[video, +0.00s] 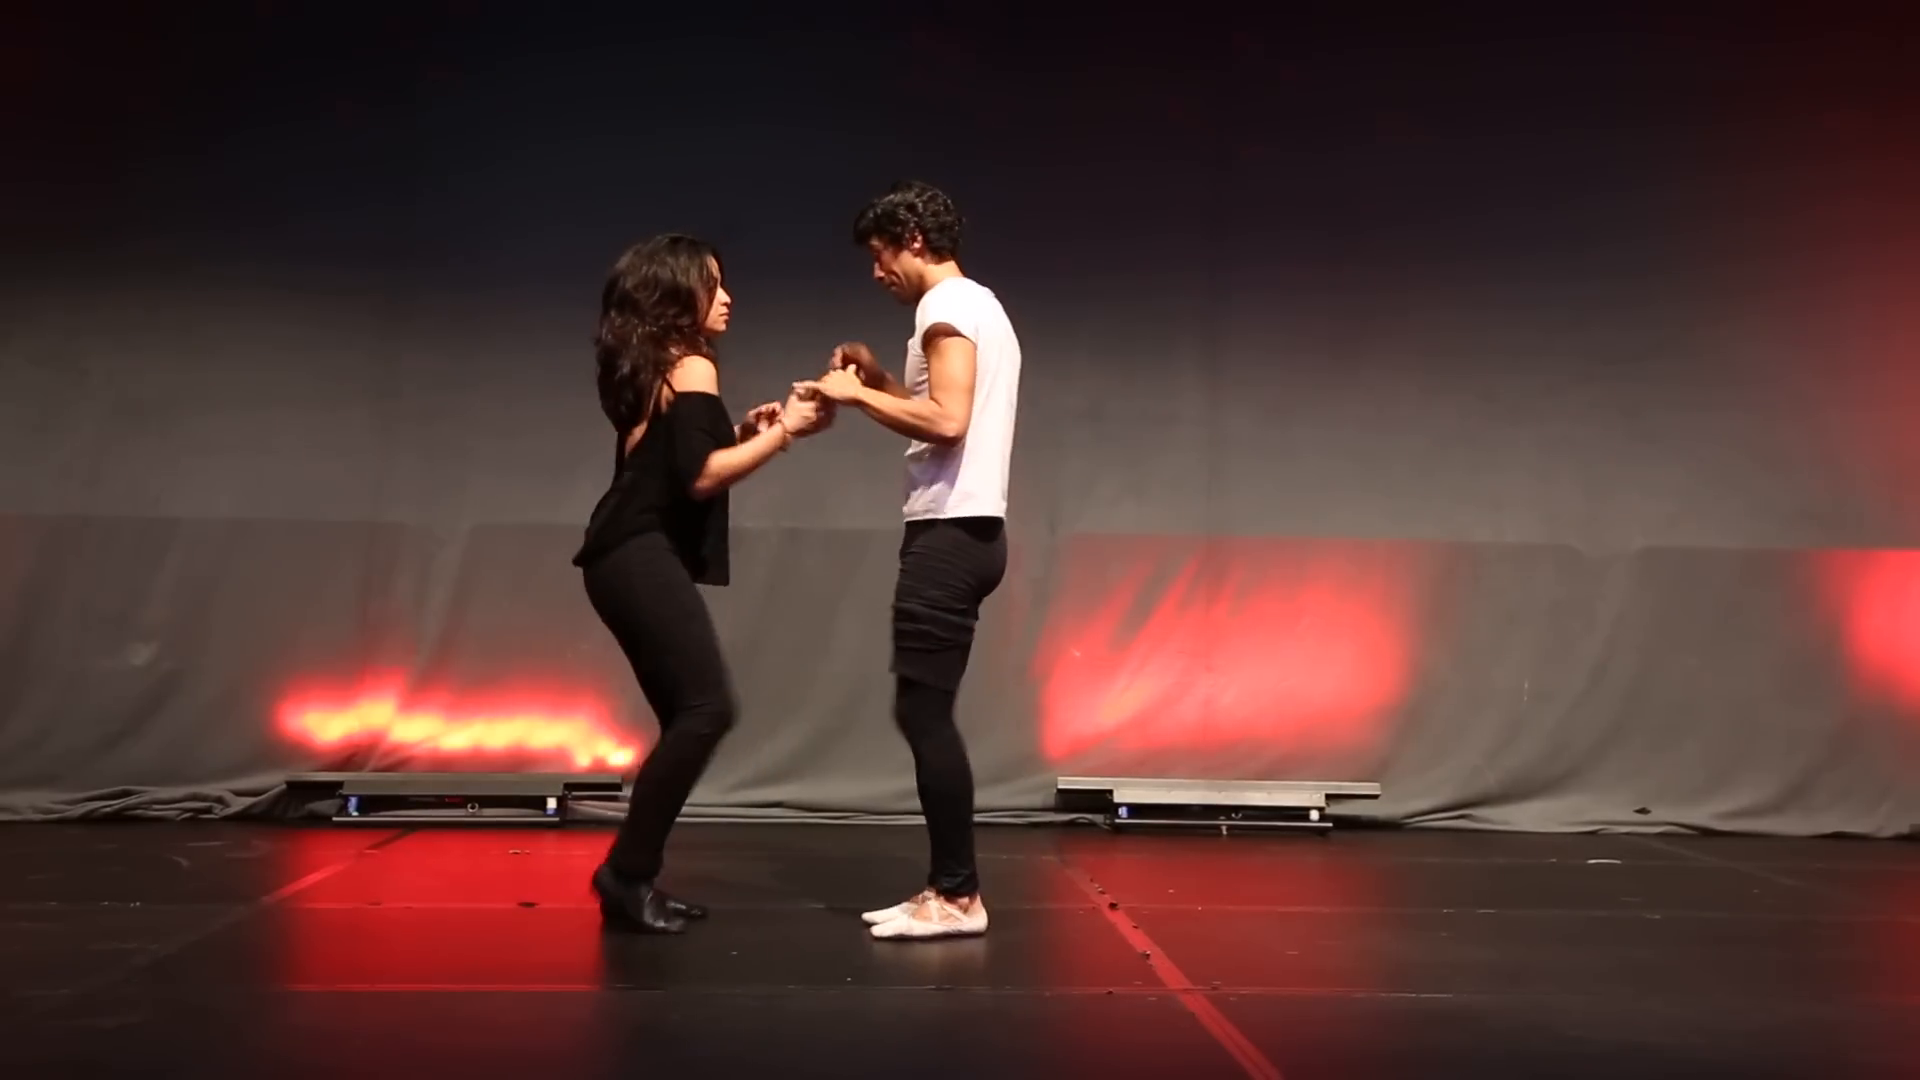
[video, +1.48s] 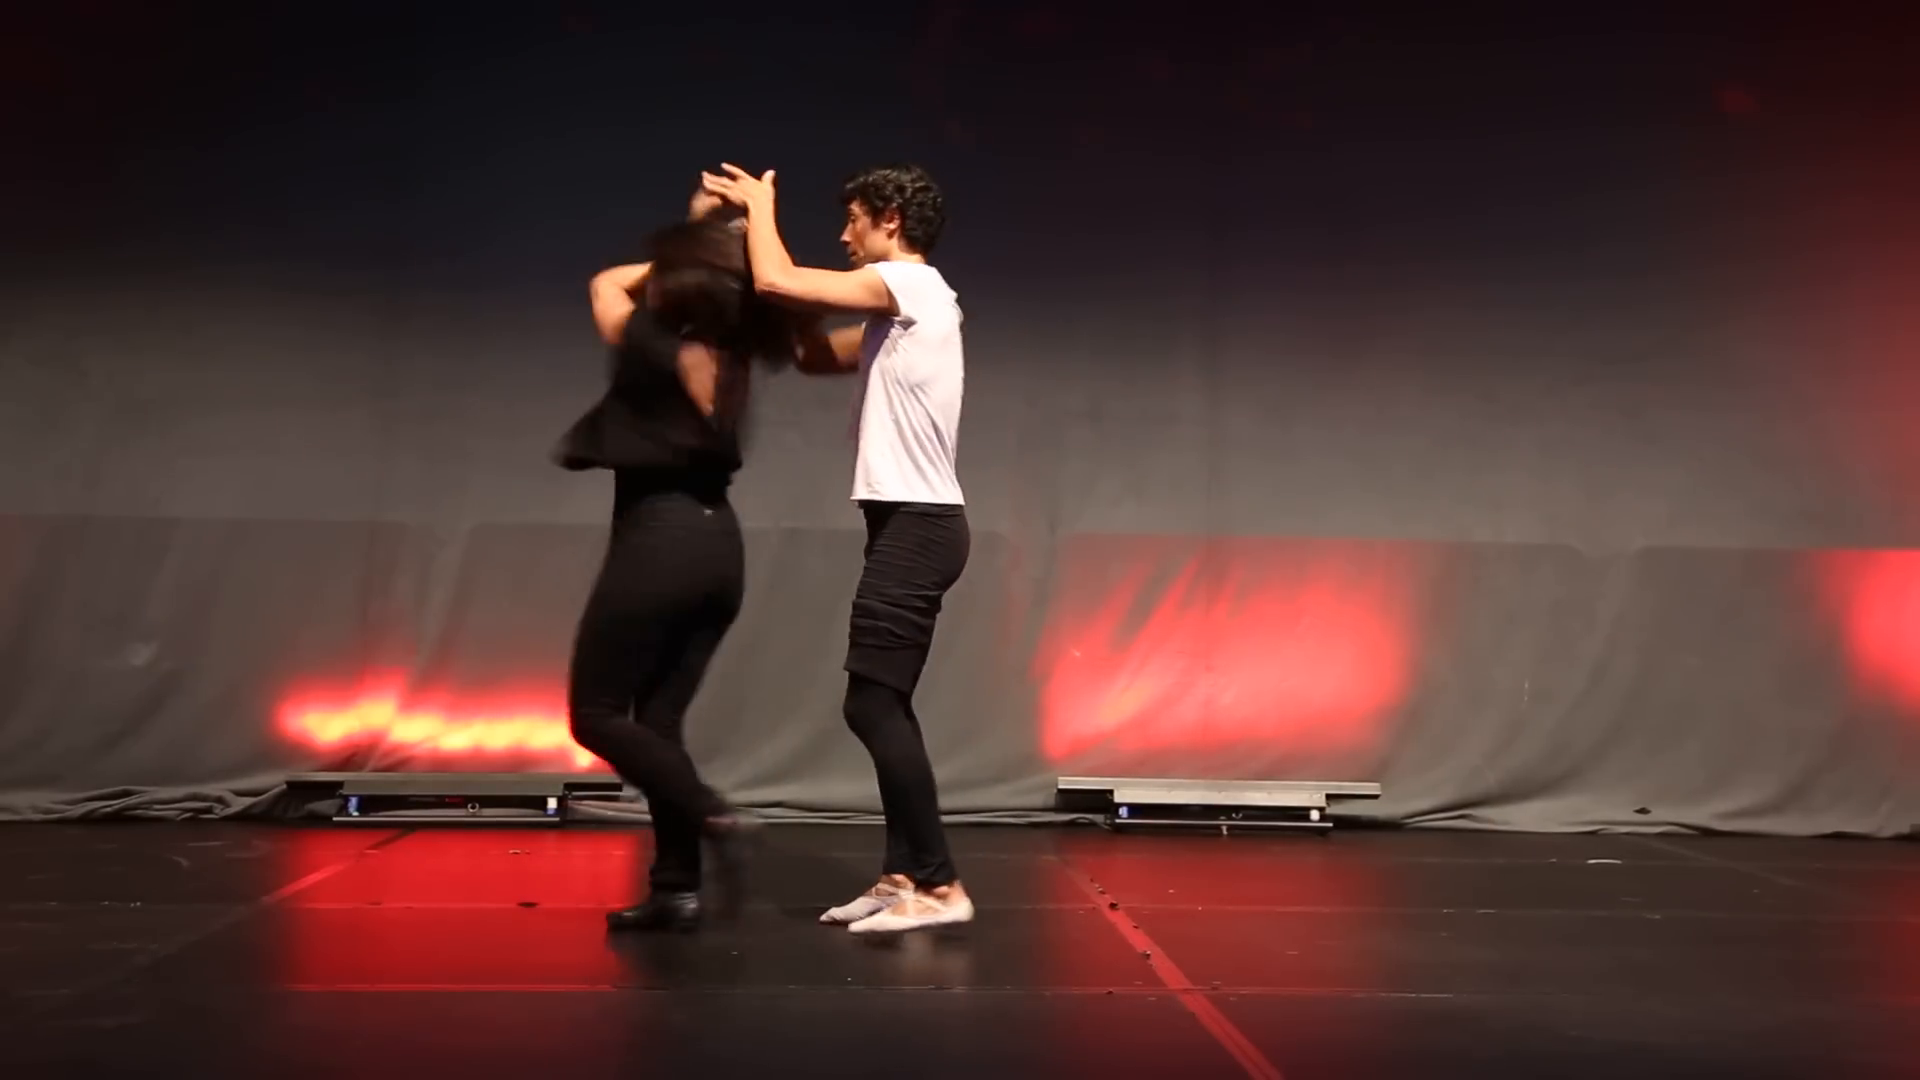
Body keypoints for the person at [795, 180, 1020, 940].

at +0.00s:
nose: (876, 273)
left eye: (880, 256)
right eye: (872, 259)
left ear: (914, 243)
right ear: (928, 247)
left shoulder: (948, 306)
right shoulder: (971, 307)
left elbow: (949, 419)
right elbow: (943, 415)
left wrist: (856, 394)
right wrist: (879, 379)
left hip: (949, 534)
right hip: (960, 532)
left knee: (924, 710)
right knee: (924, 710)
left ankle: (956, 895)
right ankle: (950, 888)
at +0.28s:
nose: (876, 268)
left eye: (884, 251)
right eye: (876, 252)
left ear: (922, 244)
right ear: (927, 248)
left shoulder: (954, 313)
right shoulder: (947, 321)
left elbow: (924, 417)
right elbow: (896, 435)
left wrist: (846, 351)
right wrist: (844, 362)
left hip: (941, 544)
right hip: (949, 543)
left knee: (862, 705)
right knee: (918, 714)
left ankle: (989, 832)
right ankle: (949, 886)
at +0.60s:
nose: (878, 263)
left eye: (884, 248)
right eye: (876, 251)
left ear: (923, 242)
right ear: (922, 247)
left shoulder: (960, 310)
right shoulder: (935, 323)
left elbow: (861, 371)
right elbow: (878, 384)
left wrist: (841, 303)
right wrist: (833, 336)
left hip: (945, 539)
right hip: (913, 538)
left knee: (923, 713)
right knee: (891, 712)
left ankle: (1033, 862)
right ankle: (946, 885)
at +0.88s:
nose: (856, 256)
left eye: (863, 241)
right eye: (854, 243)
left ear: (899, 241)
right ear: (889, 248)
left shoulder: (936, 307)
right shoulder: (899, 320)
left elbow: (838, 301)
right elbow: (851, 333)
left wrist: (824, 232)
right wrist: (818, 258)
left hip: (930, 539)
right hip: (891, 539)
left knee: (924, 716)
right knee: (855, 713)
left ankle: (1034, 864)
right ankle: (904, 885)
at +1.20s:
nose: (833, 245)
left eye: (843, 230)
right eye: (835, 232)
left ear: (878, 233)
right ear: (872, 237)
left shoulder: (910, 300)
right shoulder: (870, 321)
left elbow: (793, 284)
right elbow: (778, 325)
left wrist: (793, 200)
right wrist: (753, 229)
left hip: (920, 528)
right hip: (897, 529)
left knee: (885, 707)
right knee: (880, 710)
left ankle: (955, 883)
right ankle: (906, 879)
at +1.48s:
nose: (847, 236)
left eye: (854, 222)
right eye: (847, 223)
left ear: (890, 222)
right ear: (902, 227)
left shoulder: (910, 282)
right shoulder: (911, 303)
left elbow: (776, 280)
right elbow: (814, 355)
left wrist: (759, 205)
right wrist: (766, 274)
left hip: (917, 526)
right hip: (908, 523)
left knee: (877, 705)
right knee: (879, 704)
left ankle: (937, 886)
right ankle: (906, 878)